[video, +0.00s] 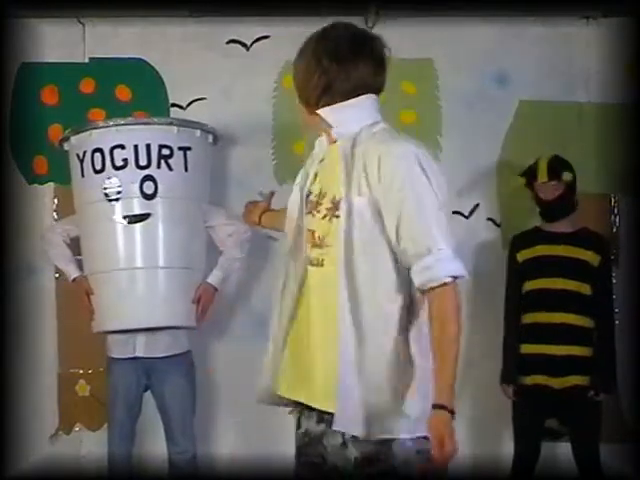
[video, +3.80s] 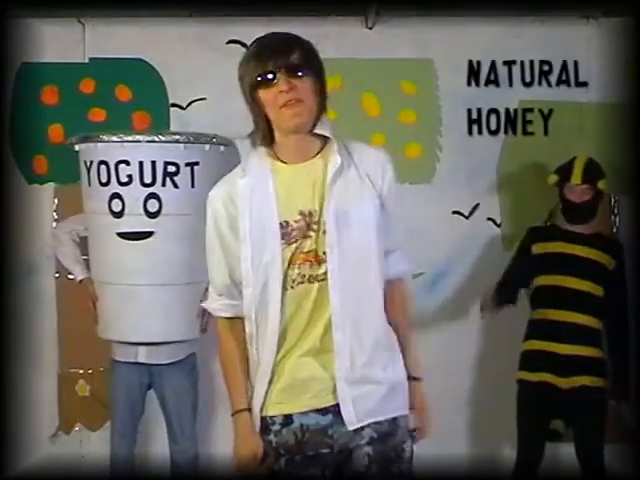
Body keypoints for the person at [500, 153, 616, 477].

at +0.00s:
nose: (546, 194)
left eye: (552, 185)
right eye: (539, 187)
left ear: (569, 187)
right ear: (532, 192)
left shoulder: (595, 245)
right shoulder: (521, 245)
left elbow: (604, 315)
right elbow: (512, 313)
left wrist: (604, 373)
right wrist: (508, 369)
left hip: (580, 376)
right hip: (530, 376)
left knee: (588, 461)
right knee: (524, 460)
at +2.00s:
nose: (548, 195)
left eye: (555, 186)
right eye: (540, 188)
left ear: (571, 188)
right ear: (532, 194)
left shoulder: (596, 245)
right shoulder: (521, 245)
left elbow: (605, 315)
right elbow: (513, 311)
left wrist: (606, 374)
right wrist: (510, 367)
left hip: (580, 379)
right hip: (531, 378)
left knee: (589, 463)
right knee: (524, 462)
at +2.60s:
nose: (554, 195)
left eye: (561, 187)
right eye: (546, 188)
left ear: (573, 189)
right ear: (534, 193)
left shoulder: (597, 245)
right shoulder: (520, 245)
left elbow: (605, 313)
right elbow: (511, 308)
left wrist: (608, 372)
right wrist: (504, 359)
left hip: (581, 372)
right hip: (531, 373)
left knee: (588, 460)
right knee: (524, 459)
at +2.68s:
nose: (556, 195)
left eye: (563, 187)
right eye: (548, 187)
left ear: (575, 189)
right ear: (535, 193)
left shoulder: (597, 245)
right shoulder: (521, 245)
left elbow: (607, 314)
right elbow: (509, 309)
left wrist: (609, 372)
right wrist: (479, 326)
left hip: (581, 371)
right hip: (532, 371)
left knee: (589, 461)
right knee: (525, 459)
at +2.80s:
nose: (555, 194)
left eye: (563, 186)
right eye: (547, 187)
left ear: (576, 190)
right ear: (537, 191)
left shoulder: (599, 245)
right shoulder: (525, 241)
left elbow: (609, 315)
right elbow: (496, 291)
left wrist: (613, 374)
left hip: (581, 370)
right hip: (533, 369)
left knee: (589, 460)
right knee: (526, 459)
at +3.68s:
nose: (579, 195)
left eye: (588, 188)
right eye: (572, 187)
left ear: (600, 193)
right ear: (561, 190)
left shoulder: (611, 249)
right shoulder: (537, 237)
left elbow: (618, 320)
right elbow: (498, 282)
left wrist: (622, 380)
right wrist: (494, 245)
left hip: (587, 368)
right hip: (538, 364)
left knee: (591, 460)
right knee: (527, 458)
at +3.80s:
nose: (577, 196)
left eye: (586, 188)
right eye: (570, 187)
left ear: (598, 193)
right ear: (559, 190)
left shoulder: (610, 249)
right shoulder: (536, 237)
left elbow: (618, 318)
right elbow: (511, 282)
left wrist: (621, 376)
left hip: (587, 365)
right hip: (538, 361)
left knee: (591, 458)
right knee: (528, 457)